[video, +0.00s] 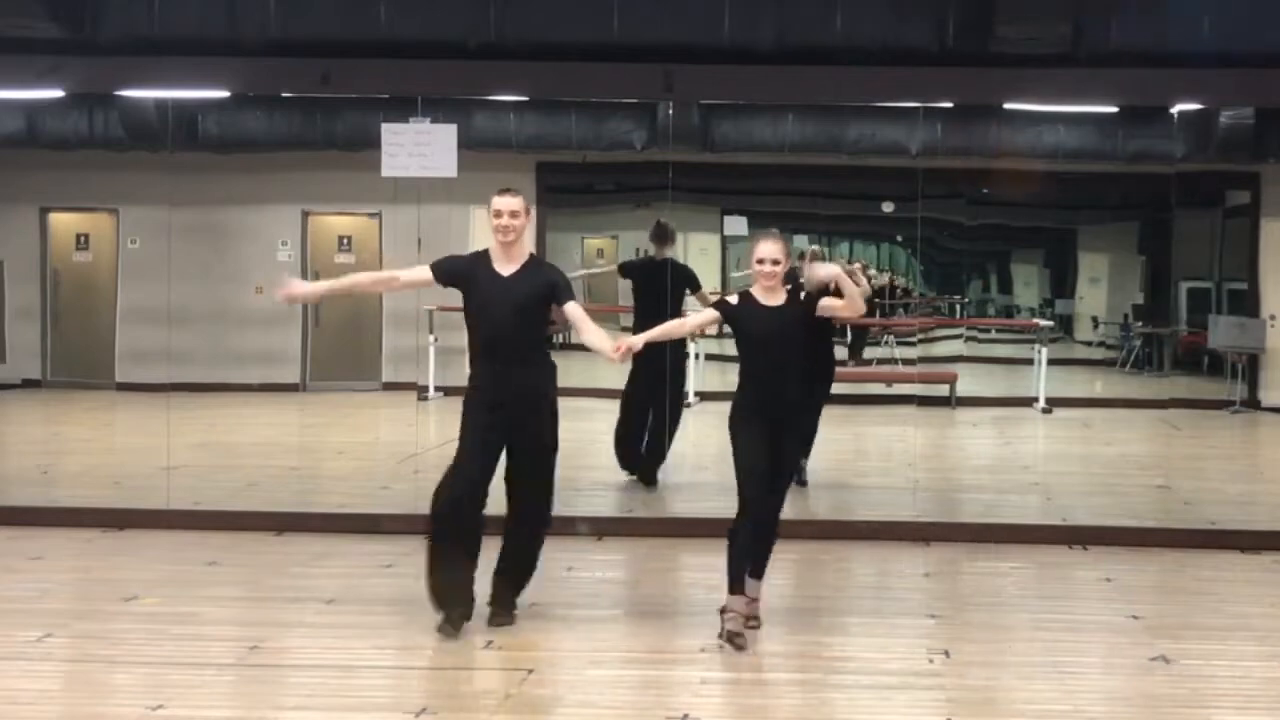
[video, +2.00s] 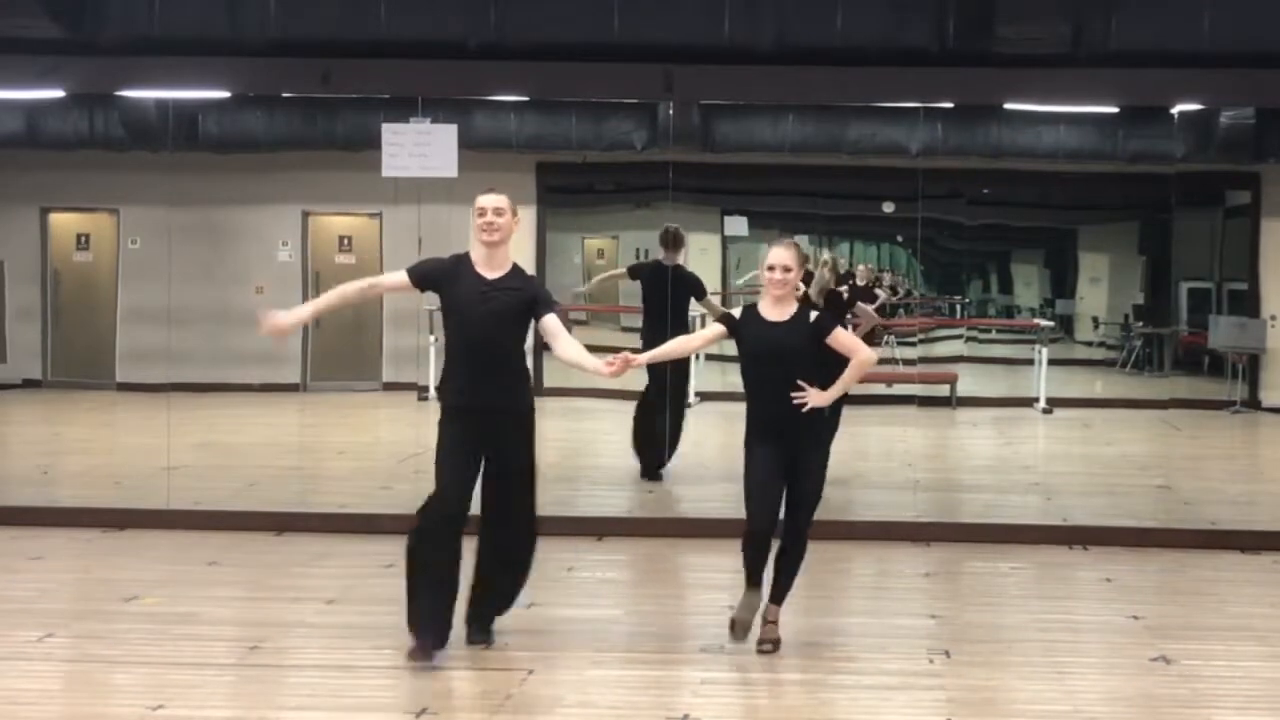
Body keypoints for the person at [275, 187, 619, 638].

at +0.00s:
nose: (505, 222)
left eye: (513, 215)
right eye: (498, 215)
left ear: (528, 220)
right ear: (488, 220)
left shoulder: (547, 276)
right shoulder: (467, 268)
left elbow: (583, 324)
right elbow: (390, 280)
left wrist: (611, 346)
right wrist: (318, 288)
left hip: (535, 406)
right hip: (484, 403)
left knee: (530, 506)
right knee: (459, 496)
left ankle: (505, 599)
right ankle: (454, 606)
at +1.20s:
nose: (502, 248)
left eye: (510, 240)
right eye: (494, 242)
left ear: (527, 244)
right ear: (486, 247)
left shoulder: (550, 301)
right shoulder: (470, 285)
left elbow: (605, 342)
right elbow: (397, 252)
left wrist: (657, 356)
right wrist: (339, 216)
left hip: (487, 426)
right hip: (439, 411)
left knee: (478, 528)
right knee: (403, 508)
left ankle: (449, 622)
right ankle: (370, 623)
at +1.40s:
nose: (495, 252)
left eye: (504, 244)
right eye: (487, 245)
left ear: (521, 248)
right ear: (479, 250)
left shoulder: (543, 304)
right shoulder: (465, 289)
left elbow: (602, 340)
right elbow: (407, 258)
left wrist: (657, 354)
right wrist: (384, 223)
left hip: (498, 437)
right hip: (446, 427)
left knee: (488, 532)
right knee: (406, 514)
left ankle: (450, 620)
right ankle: (352, 586)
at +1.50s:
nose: (497, 246)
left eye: (506, 239)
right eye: (490, 239)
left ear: (521, 245)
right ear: (480, 245)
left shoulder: (539, 303)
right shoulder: (462, 292)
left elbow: (594, 342)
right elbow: (386, 287)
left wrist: (638, 358)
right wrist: (387, 227)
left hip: (500, 426)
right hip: (456, 421)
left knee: (471, 519)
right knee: (438, 520)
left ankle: (461, 619)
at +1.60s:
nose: (497, 243)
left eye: (506, 235)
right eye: (490, 236)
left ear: (522, 242)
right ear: (481, 242)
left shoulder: (538, 302)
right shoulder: (462, 291)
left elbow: (588, 348)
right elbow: (426, 319)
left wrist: (620, 363)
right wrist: (395, 262)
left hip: (499, 421)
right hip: (476, 419)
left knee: (432, 516)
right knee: (502, 520)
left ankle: (490, 603)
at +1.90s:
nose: (494, 225)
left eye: (503, 218)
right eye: (487, 218)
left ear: (519, 228)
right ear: (477, 227)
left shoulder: (530, 292)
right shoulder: (452, 279)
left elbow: (571, 343)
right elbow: (385, 304)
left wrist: (607, 365)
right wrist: (357, 320)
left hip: (509, 415)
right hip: (463, 413)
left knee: (495, 520)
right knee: (451, 520)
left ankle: (498, 620)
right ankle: (499, 576)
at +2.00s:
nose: (489, 219)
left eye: (498, 213)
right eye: (482, 213)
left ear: (515, 223)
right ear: (472, 223)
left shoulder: (529, 287)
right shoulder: (446, 270)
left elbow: (562, 341)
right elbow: (365, 288)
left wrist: (596, 365)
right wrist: (298, 315)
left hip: (513, 415)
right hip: (461, 411)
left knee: (509, 518)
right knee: (447, 510)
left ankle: (483, 615)